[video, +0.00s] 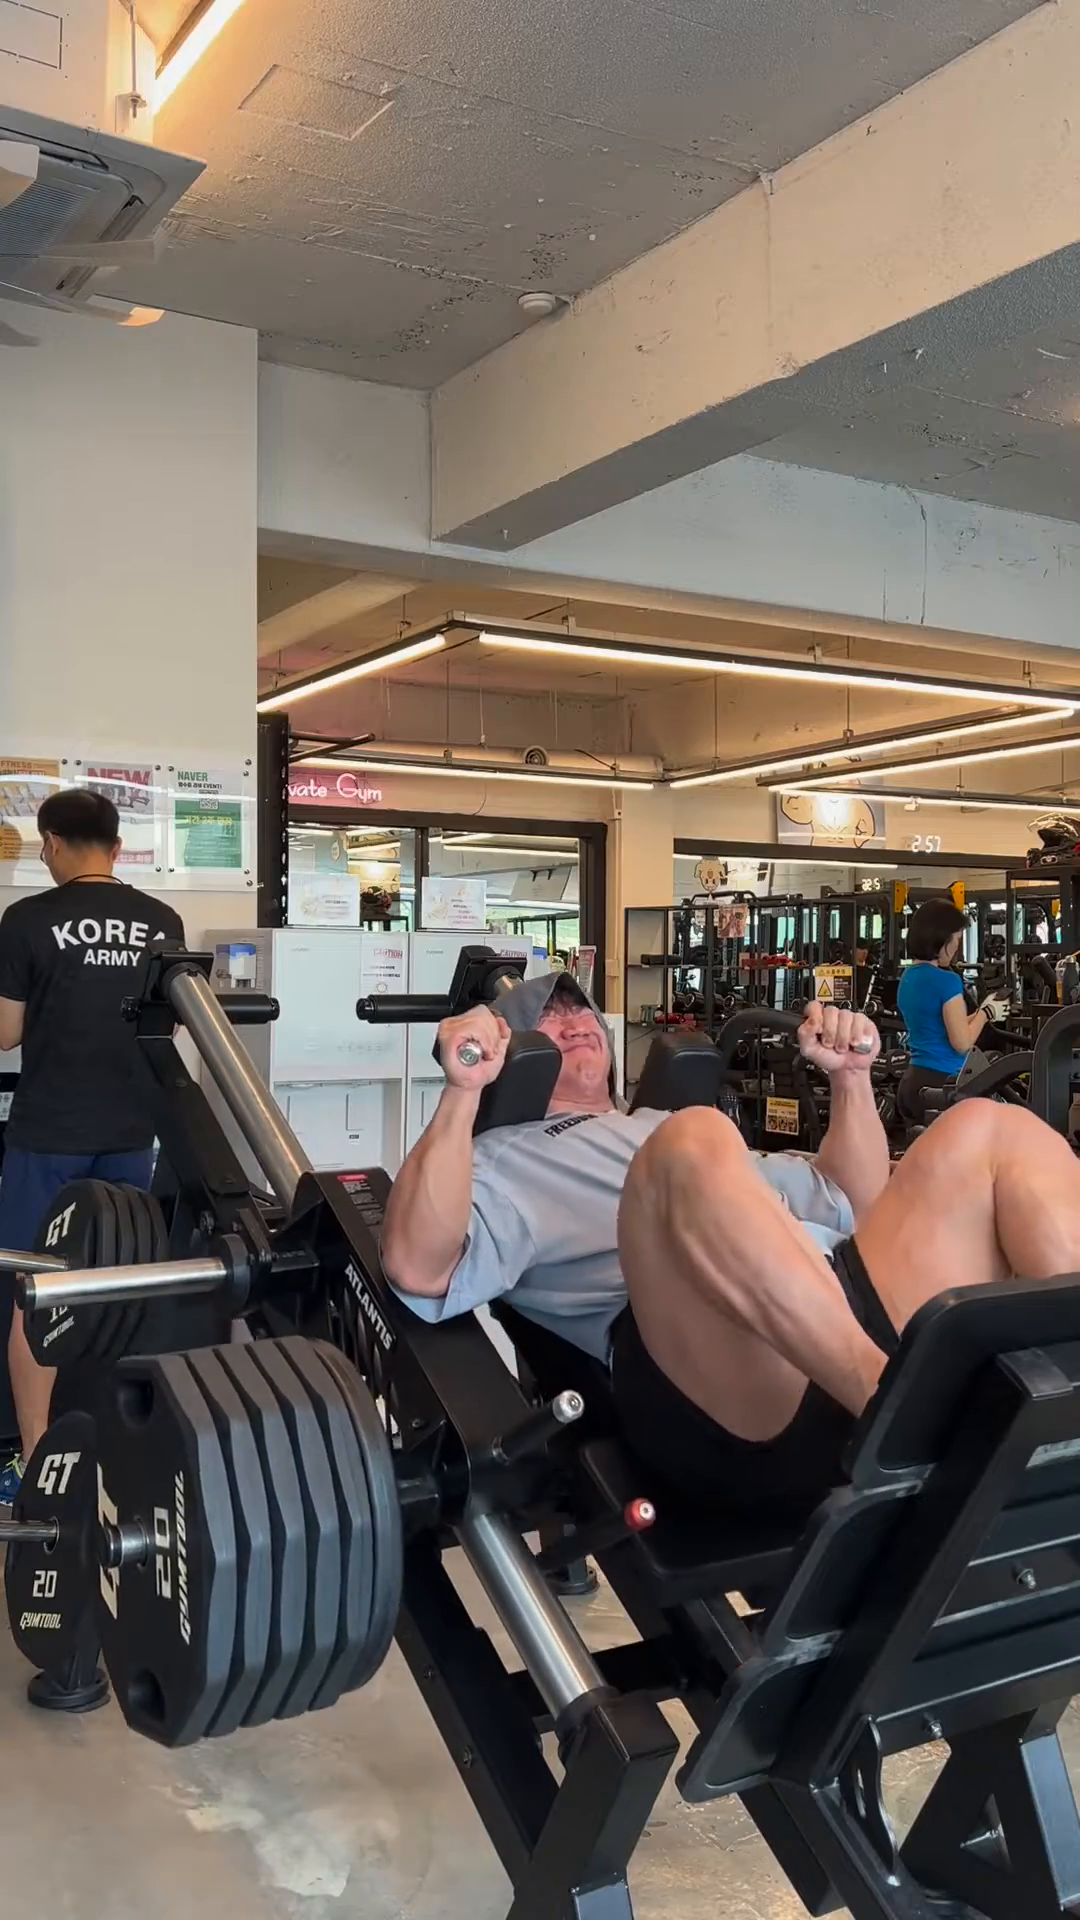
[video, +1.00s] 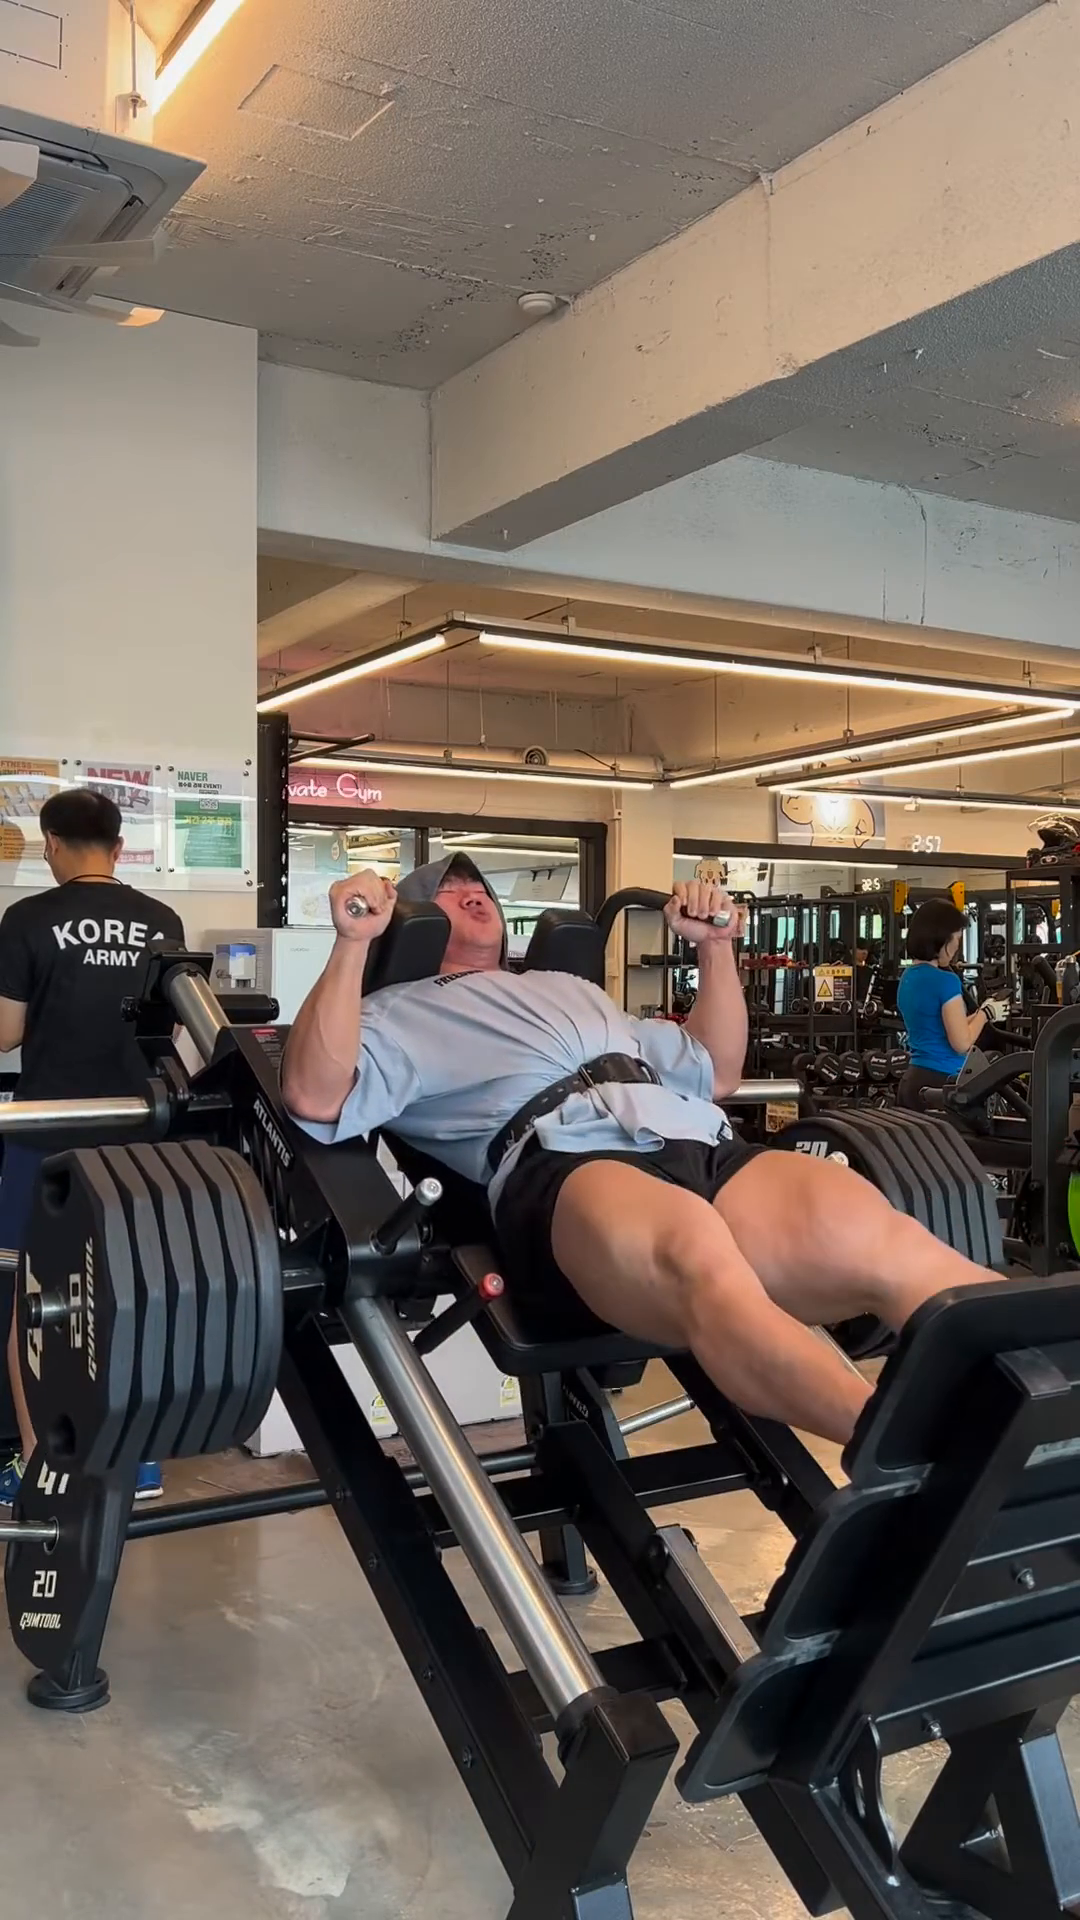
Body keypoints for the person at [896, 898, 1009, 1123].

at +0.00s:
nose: (957, 948)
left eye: (958, 941)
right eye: (956, 940)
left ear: (923, 936)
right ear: (943, 941)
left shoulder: (907, 978)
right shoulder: (947, 981)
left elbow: (931, 1033)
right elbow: (962, 1042)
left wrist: (977, 1013)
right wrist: (986, 1013)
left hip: (915, 1078)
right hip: (946, 1084)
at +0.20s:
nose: (958, 947)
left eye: (958, 940)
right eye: (956, 940)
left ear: (922, 936)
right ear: (943, 941)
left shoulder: (907, 978)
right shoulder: (946, 981)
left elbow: (932, 1032)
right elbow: (962, 1042)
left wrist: (977, 1013)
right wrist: (986, 1013)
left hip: (915, 1078)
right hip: (945, 1085)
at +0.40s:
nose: (957, 947)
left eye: (958, 941)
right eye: (956, 940)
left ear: (922, 936)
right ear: (942, 941)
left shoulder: (908, 978)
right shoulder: (946, 981)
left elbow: (932, 1032)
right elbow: (961, 1042)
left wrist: (976, 1015)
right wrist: (986, 1014)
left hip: (915, 1078)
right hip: (946, 1085)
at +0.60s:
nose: (957, 947)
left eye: (958, 940)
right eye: (956, 940)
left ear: (923, 936)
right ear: (943, 941)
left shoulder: (907, 978)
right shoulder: (946, 981)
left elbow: (928, 1033)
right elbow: (961, 1043)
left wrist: (969, 1018)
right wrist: (985, 1013)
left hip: (915, 1078)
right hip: (946, 1084)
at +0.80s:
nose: (957, 947)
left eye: (958, 940)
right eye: (956, 940)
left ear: (923, 935)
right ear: (943, 940)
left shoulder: (907, 978)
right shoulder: (946, 981)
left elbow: (931, 1032)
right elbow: (961, 1043)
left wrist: (975, 1015)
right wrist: (987, 1014)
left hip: (913, 1079)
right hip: (945, 1085)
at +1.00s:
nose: (958, 946)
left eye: (958, 939)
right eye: (957, 939)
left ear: (922, 935)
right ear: (942, 941)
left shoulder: (907, 978)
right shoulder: (946, 981)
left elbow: (929, 1032)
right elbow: (962, 1042)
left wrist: (973, 1016)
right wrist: (988, 1012)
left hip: (914, 1078)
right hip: (946, 1083)